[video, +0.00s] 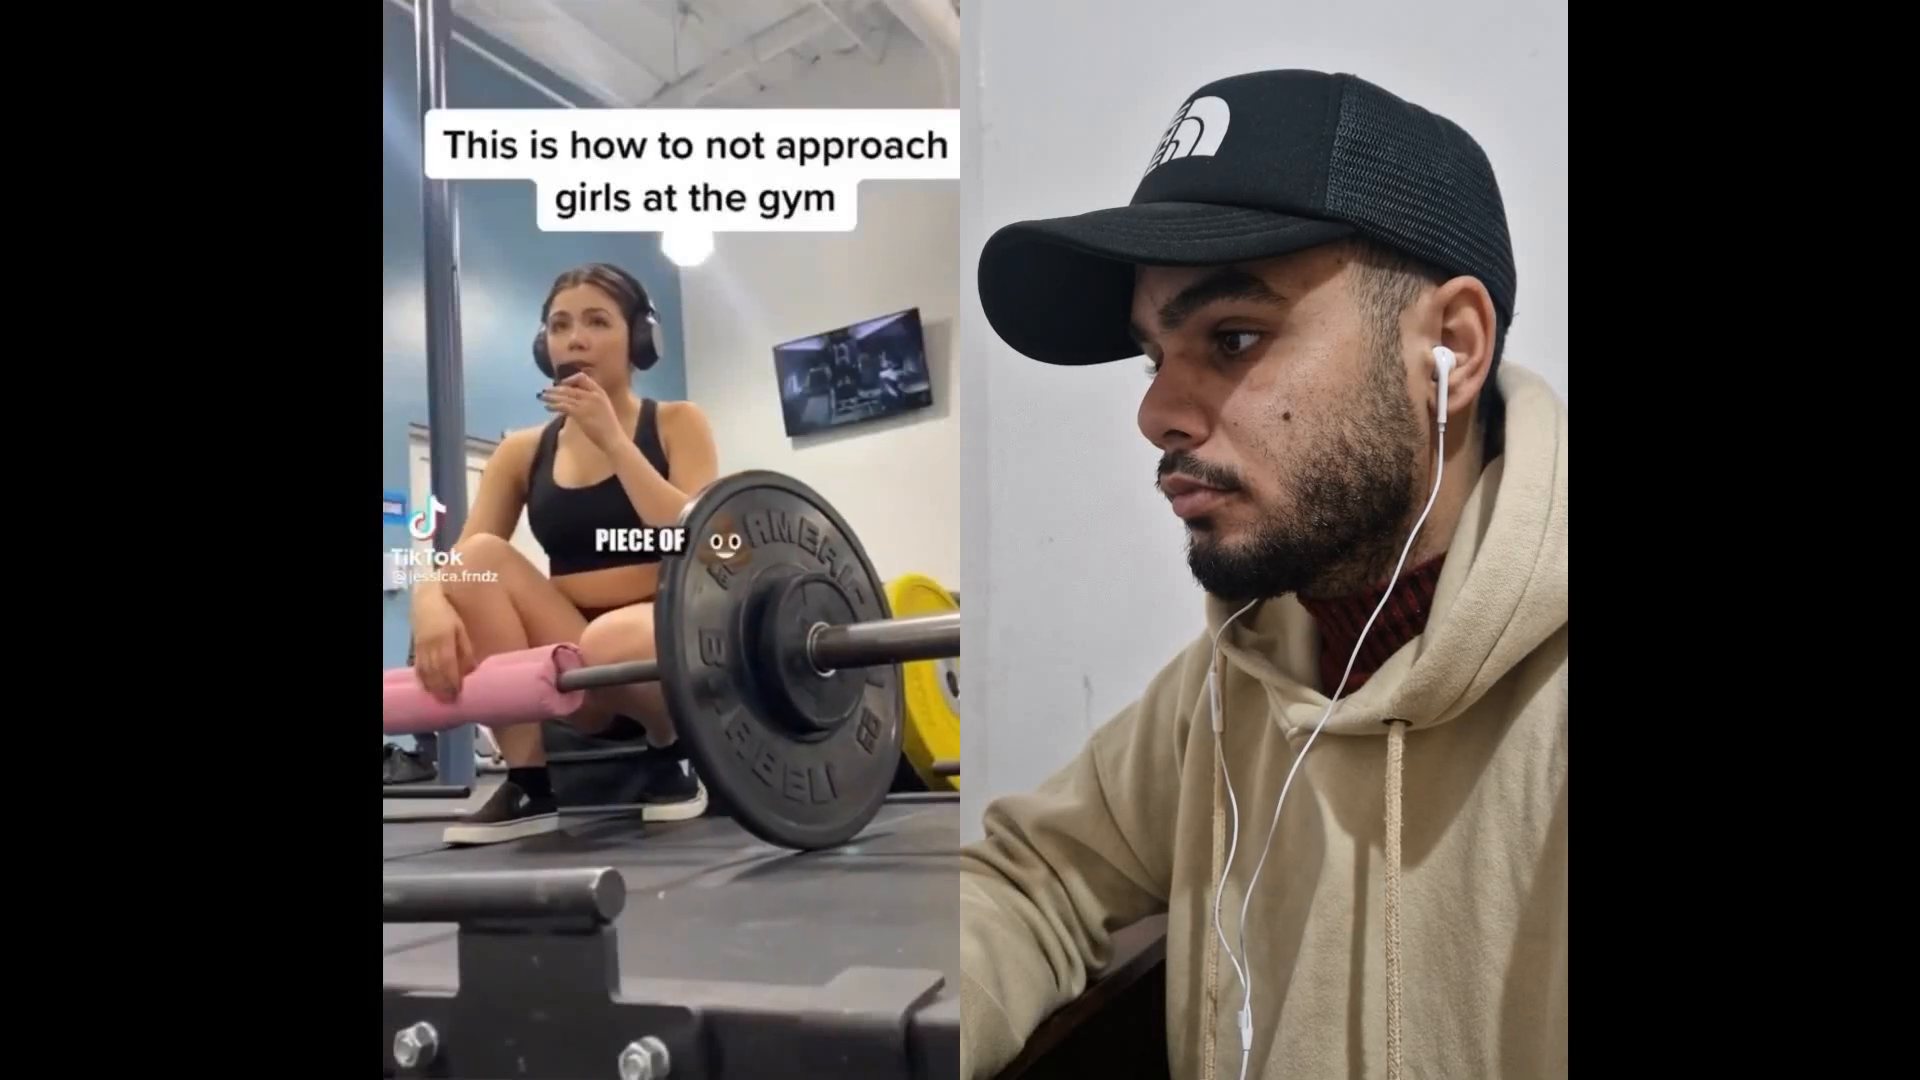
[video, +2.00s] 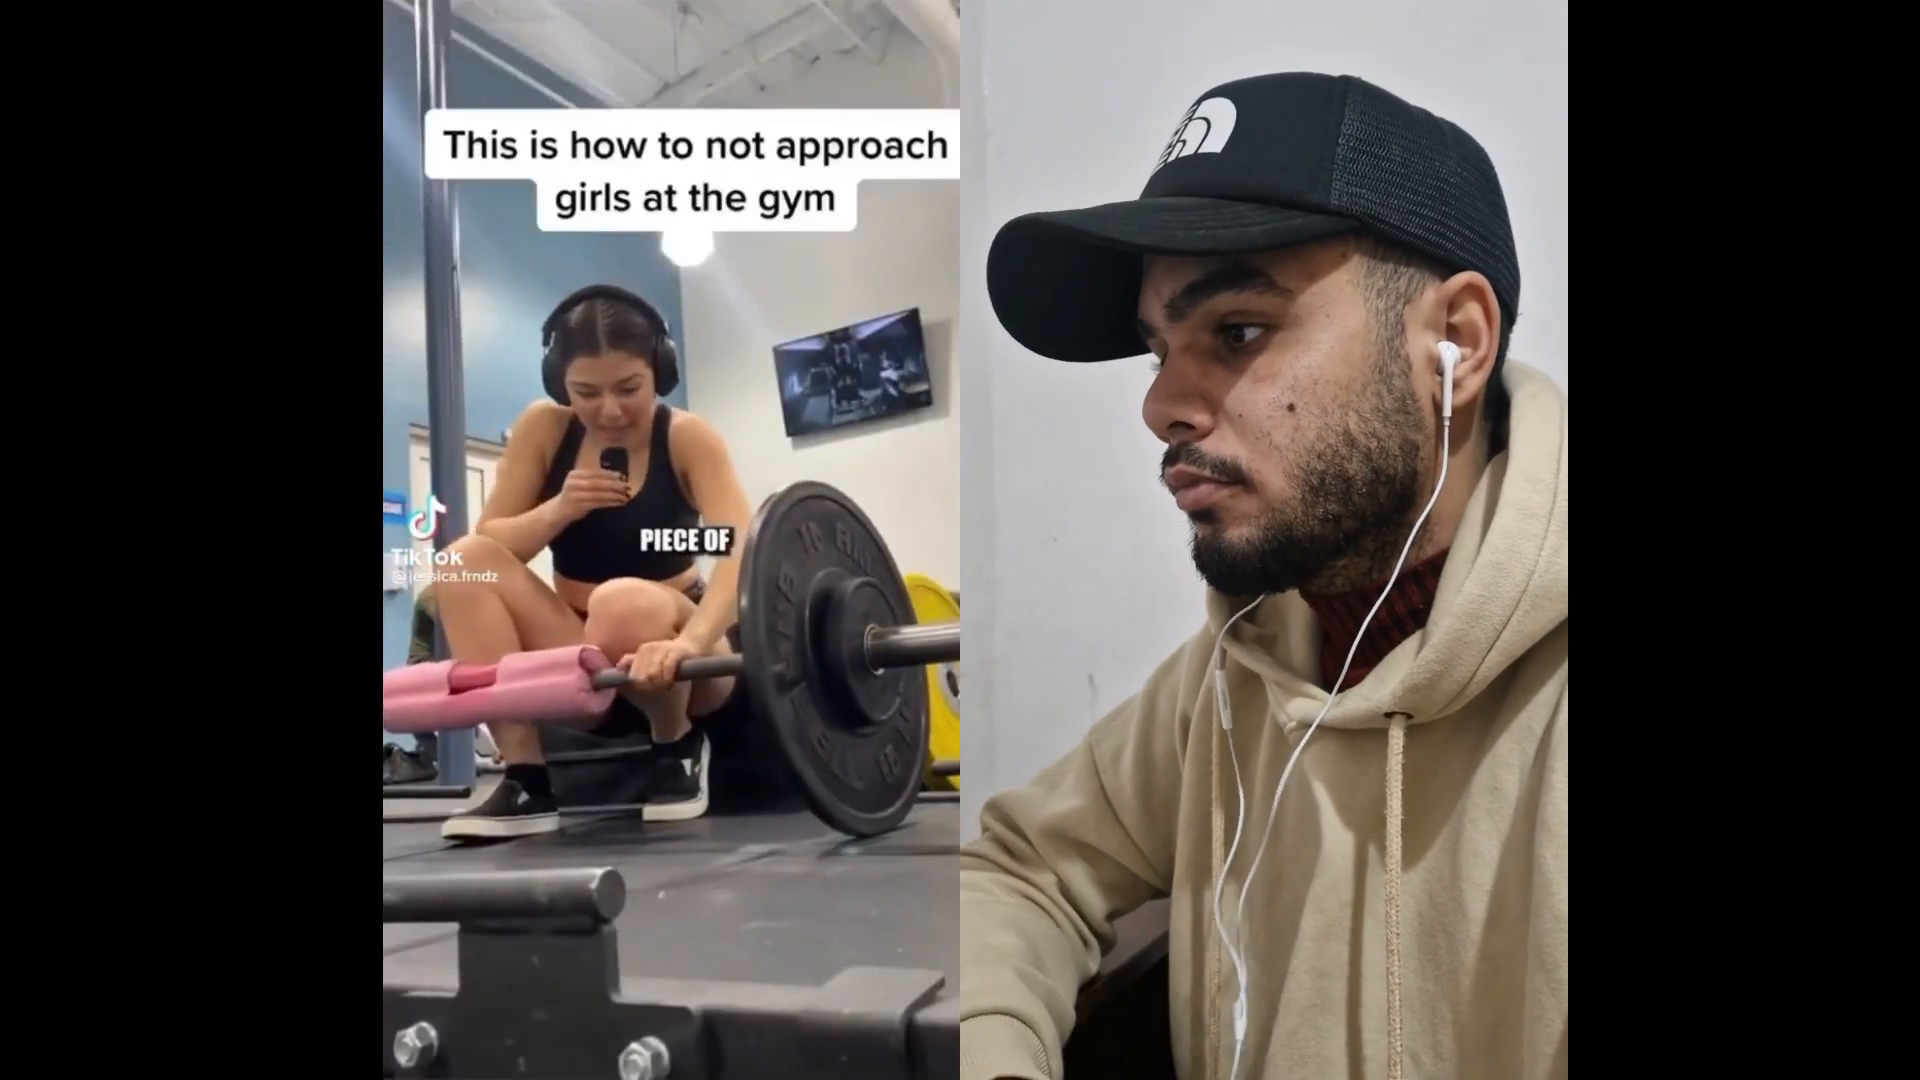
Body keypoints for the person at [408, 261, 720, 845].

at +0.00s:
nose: (575, 338)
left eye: (596, 321)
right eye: (560, 323)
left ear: (635, 340)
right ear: (546, 344)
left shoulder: (677, 425)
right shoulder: (523, 451)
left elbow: (700, 537)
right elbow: (469, 560)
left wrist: (614, 442)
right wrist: (426, 593)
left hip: (669, 640)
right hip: (571, 647)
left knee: (615, 638)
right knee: (478, 561)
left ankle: (666, 752)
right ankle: (527, 782)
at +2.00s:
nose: (610, 411)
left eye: (628, 388)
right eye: (588, 393)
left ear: (657, 375)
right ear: (561, 385)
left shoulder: (689, 439)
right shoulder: (544, 427)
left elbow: (740, 547)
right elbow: (485, 541)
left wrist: (692, 640)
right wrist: (560, 510)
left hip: (684, 652)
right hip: (578, 651)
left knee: (621, 602)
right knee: (463, 562)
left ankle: (674, 746)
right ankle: (525, 778)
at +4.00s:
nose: (597, 360)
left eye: (610, 334)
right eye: (568, 345)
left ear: (635, 330)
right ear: (540, 358)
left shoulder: (694, 422)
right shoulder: (532, 439)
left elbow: (789, 515)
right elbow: (505, 569)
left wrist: (866, 522)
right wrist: (570, 474)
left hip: (716, 659)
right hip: (598, 672)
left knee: (668, 654)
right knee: (513, 561)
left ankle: (691, 762)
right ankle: (546, 801)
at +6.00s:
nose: (796, 318)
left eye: (817, 299)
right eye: (779, 290)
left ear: (829, 294)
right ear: (730, 268)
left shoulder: (807, 370)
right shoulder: (651, 347)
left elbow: (848, 501)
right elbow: (590, 499)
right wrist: (704, 401)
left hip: (784, 615)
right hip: (668, 613)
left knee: (836, 785)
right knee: (774, 799)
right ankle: (662, 739)